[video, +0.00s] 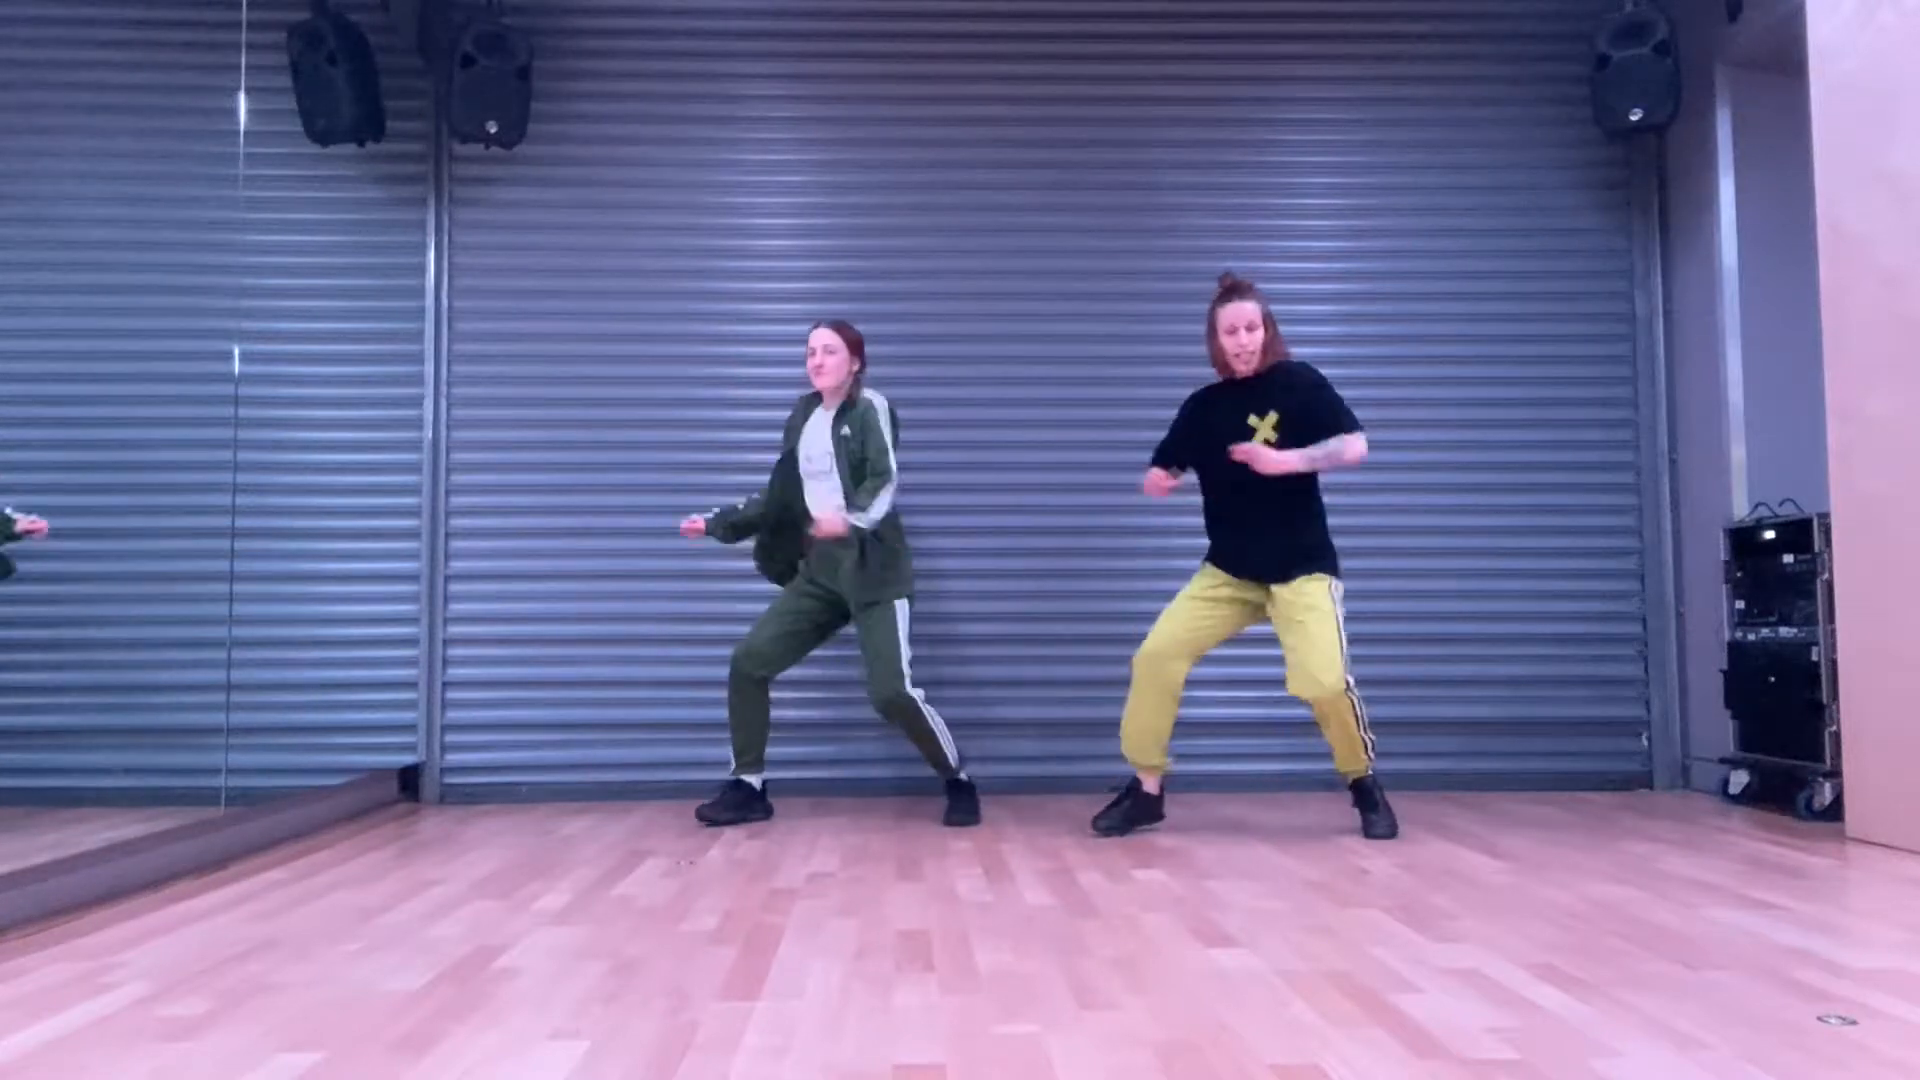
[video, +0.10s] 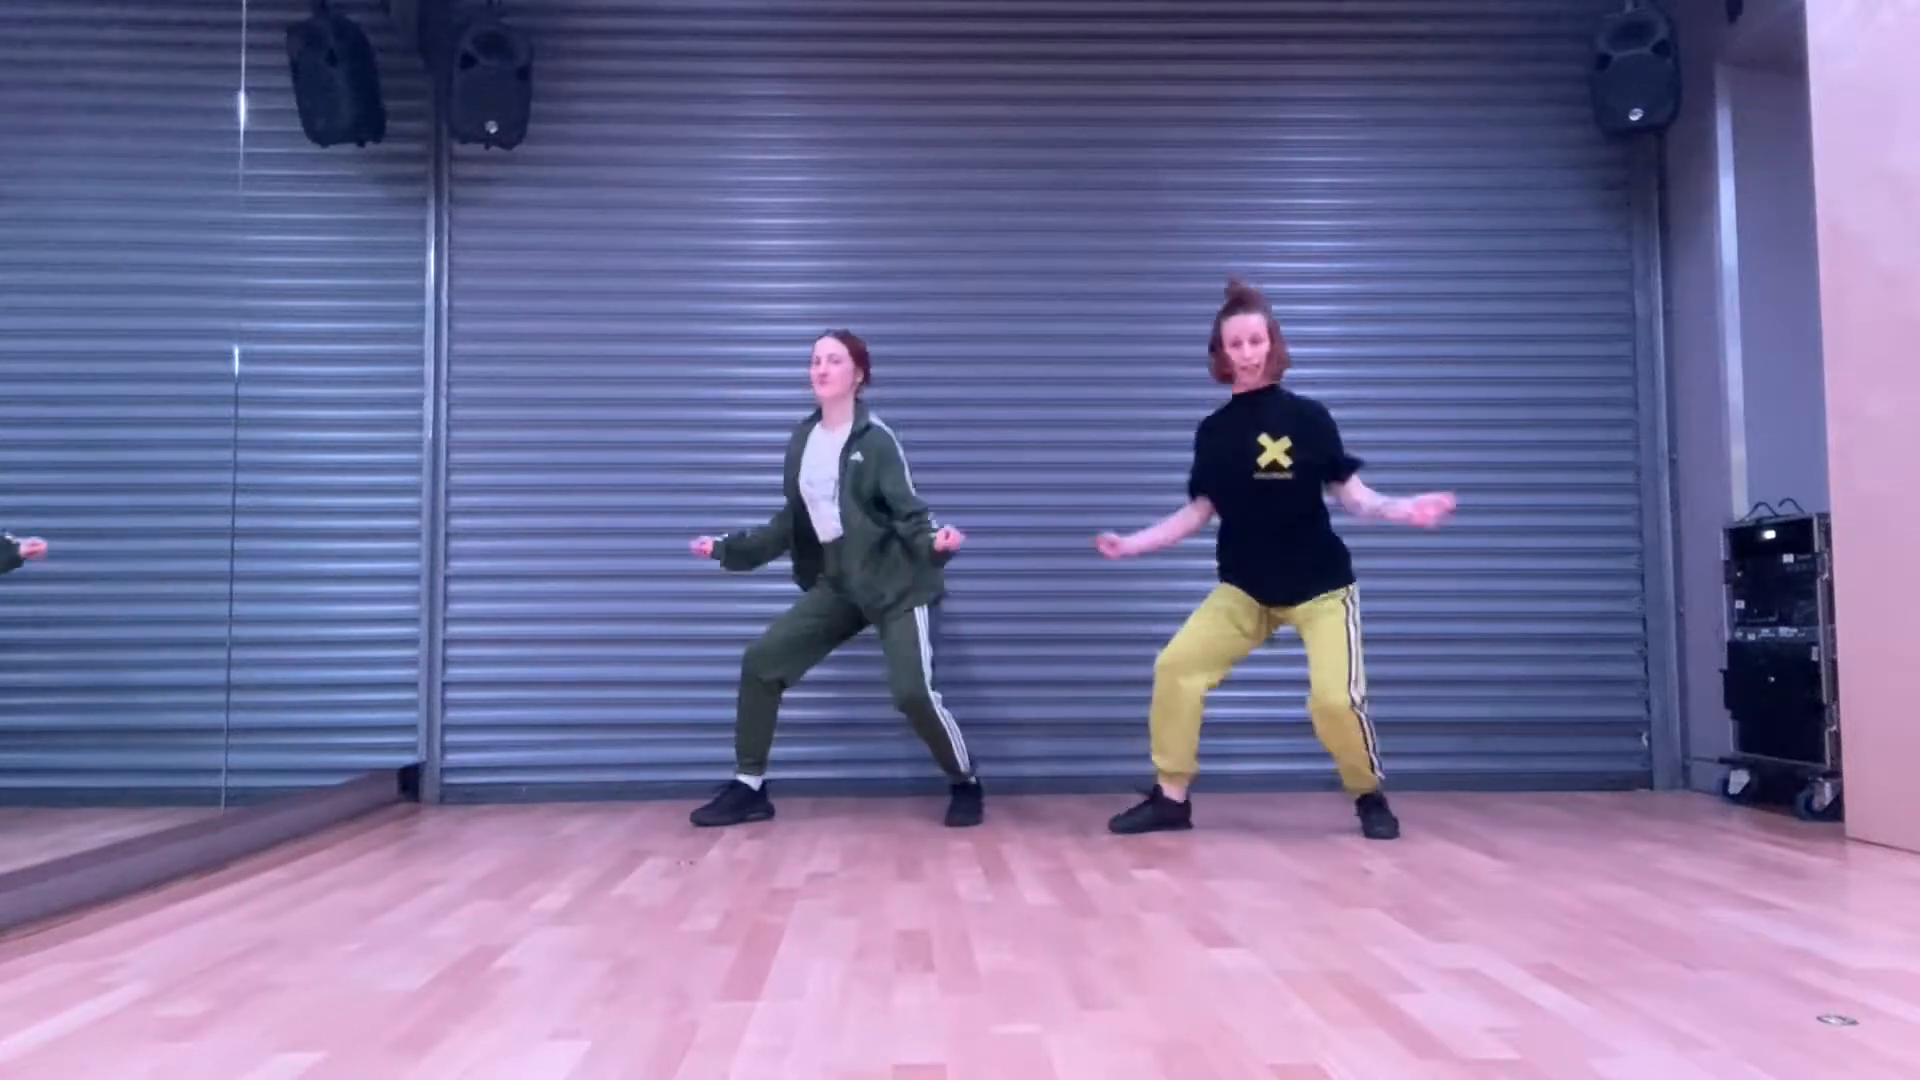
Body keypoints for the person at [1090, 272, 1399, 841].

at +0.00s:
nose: (1241, 341)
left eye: (1250, 329)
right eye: (1229, 331)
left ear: (1267, 331)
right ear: (1214, 338)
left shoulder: (1299, 383)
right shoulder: (1202, 406)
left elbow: (1355, 446)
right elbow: (1160, 477)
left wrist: (1284, 459)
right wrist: (1161, 480)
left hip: (1301, 571)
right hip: (1227, 571)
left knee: (1321, 684)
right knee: (1156, 656)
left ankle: (1365, 787)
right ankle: (1146, 791)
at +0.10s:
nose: (1247, 354)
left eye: (1257, 341)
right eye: (1235, 343)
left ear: (1273, 346)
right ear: (1220, 352)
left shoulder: (1308, 417)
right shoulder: (1214, 430)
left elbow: (1351, 495)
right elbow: (1200, 511)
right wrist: (1132, 545)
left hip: (1320, 587)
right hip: (1245, 588)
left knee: (1334, 701)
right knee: (1176, 666)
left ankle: (1369, 798)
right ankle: (1171, 799)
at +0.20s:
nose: (1250, 357)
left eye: (1259, 345)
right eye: (1239, 347)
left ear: (1276, 351)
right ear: (1224, 357)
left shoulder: (1308, 423)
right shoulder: (1215, 431)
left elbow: (1356, 506)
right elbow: (1220, 511)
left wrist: (1414, 518)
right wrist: (1163, 549)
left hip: (1323, 591)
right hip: (1247, 592)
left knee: (1338, 704)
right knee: (1166, 667)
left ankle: (1370, 799)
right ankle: (1169, 798)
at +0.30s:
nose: (1247, 351)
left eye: (1256, 338)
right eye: (1236, 341)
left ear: (1276, 339)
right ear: (1223, 349)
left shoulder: (1315, 405)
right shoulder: (1225, 415)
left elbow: (1359, 483)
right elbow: (1220, 500)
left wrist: (1417, 494)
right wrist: (1162, 537)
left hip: (1305, 587)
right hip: (1231, 583)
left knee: (1323, 706)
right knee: (1151, 667)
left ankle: (1368, 798)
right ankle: (1168, 797)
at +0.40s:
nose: (1245, 360)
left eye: (1255, 346)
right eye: (1234, 350)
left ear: (1277, 344)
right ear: (1222, 356)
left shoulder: (1319, 397)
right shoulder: (1231, 415)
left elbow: (1366, 471)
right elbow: (1217, 500)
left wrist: (1419, 481)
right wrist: (1161, 536)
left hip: (1272, 563)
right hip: (1202, 551)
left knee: (1301, 680)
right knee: (1149, 670)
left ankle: (1364, 792)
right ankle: (1167, 798)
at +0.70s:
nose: (1191, 319)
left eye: (1201, 306)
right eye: (1180, 308)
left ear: (1219, 306)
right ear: (1167, 311)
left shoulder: (1246, 337)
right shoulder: (1172, 363)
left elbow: (1296, 388)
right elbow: (1151, 435)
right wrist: (1095, 470)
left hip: (1286, 531)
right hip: (1217, 534)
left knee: (1311, 664)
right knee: (1168, 645)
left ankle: (1370, 785)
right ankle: (1181, 784)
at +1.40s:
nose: (1108, 368)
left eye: (1119, 358)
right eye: (1098, 358)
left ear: (1133, 364)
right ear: (1081, 366)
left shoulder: (1156, 421)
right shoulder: (1087, 442)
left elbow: (1199, 494)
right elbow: (1058, 522)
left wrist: (1212, 533)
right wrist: (1000, 566)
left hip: (1183, 584)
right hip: (1122, 587)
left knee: (1128, 686)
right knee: (1081, 682)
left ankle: (1169, 802)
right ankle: (1110, 800)